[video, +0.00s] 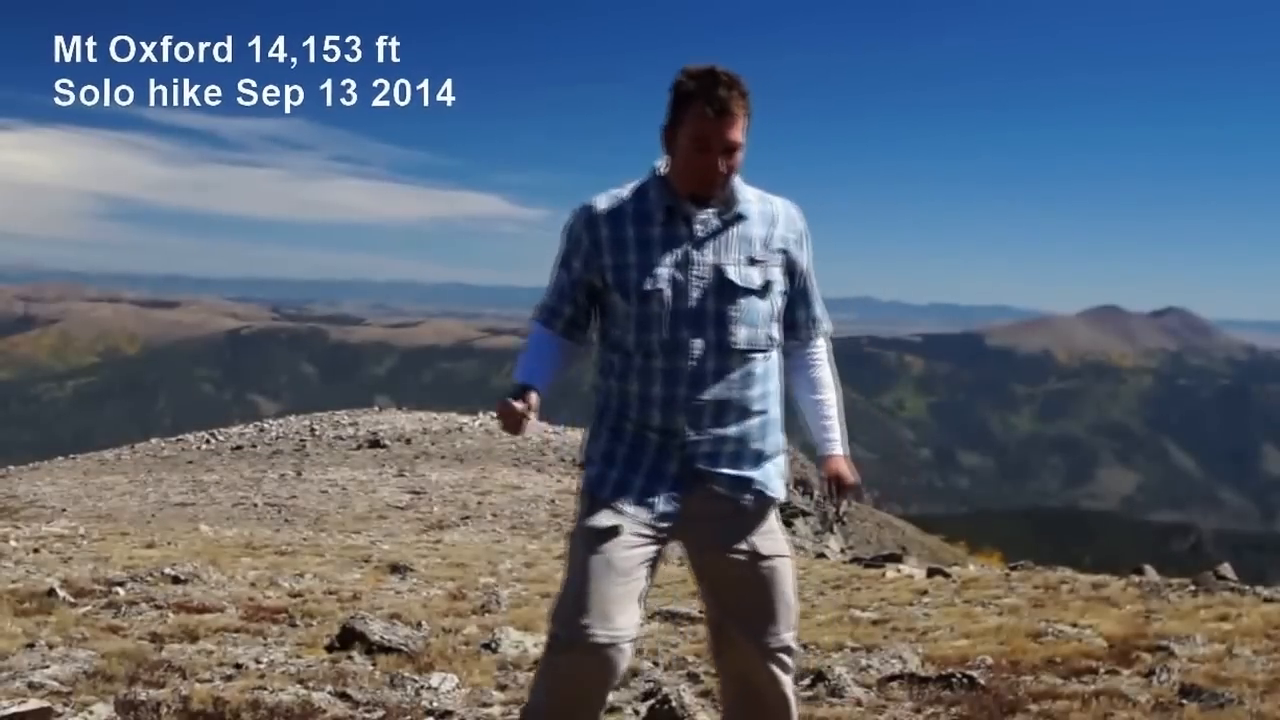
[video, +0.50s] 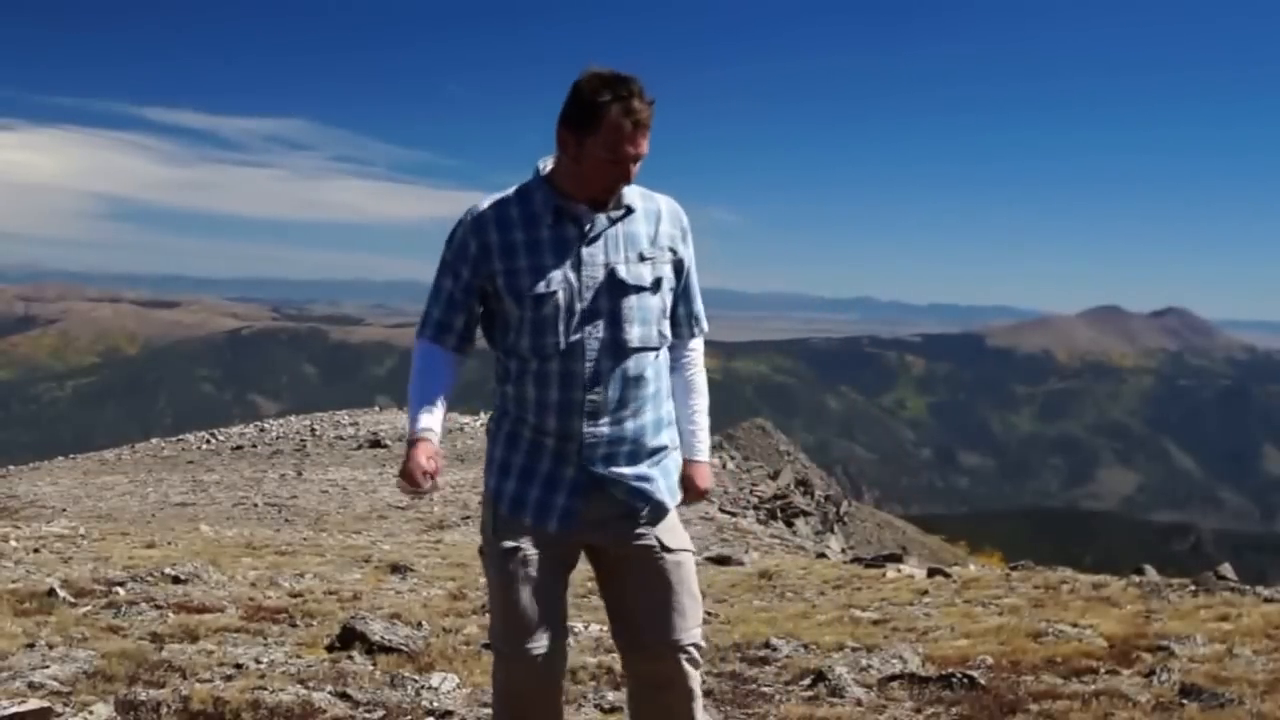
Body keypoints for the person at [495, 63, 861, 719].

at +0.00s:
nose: (722, 164)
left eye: (733, 149)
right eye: (707, 148)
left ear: (746, 142)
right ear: (671, 138)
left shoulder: (779, 225)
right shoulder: (603, 223)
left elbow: (807, 343)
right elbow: (556, 324)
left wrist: (832, 446)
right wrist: (529, 387)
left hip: (742, 475)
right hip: (629, 474)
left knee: (764, 661)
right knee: (592, 648)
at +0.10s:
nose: (695, 168)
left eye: (707, 153)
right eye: (681, 150)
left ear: (720, 148)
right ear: (644, 140)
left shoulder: (747, 233)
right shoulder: (571, 230)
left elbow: (769, 355)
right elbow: (519, 332)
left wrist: (790, 455)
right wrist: (493, 405)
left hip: (707, 486)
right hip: (593, 485)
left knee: (745, 670)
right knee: (564, 663)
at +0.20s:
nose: (677, 173)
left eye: (686, 159)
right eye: (665, 157)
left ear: (695, 152)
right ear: (622, 144)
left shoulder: (712, 236)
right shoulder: (538, 235)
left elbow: (729, 357)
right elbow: (479, 336)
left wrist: (745, 461)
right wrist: (463, 415)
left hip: (675, 488)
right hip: (560, 490)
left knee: (720, 670)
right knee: (546, 675)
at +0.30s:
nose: (656, 165)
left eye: (666, 152)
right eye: (645, 149)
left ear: (675, 145)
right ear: (599, 137)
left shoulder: (688, 226)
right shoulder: (516, 224)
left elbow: (700, 346)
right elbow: (460, 325)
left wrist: (710, 450)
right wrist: (453, 377)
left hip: (659, 478)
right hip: (545, 481)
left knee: (704, 659)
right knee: (535, 672)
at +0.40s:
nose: (643, 160)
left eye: (650, 147)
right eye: (632, 145)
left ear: (655, 137)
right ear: (583, 130)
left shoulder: (673, 217)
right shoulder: (500, 218)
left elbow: (688, 337)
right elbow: (447, 323)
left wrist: (694, 444)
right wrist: (443, 376)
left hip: (649, 474)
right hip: (538, 477)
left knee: (680, 655)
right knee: (532, 665)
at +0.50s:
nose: (631, 172)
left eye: (638, 159)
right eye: (621, 158)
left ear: (644, 146)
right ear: (571, 141)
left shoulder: (664, 221)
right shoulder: (489, 230)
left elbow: (686, 342)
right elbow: (441, 337)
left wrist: (695, 449)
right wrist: (424, 433)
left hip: (640, 477)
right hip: (529, 482)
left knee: (672, 662)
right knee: (528, 667)